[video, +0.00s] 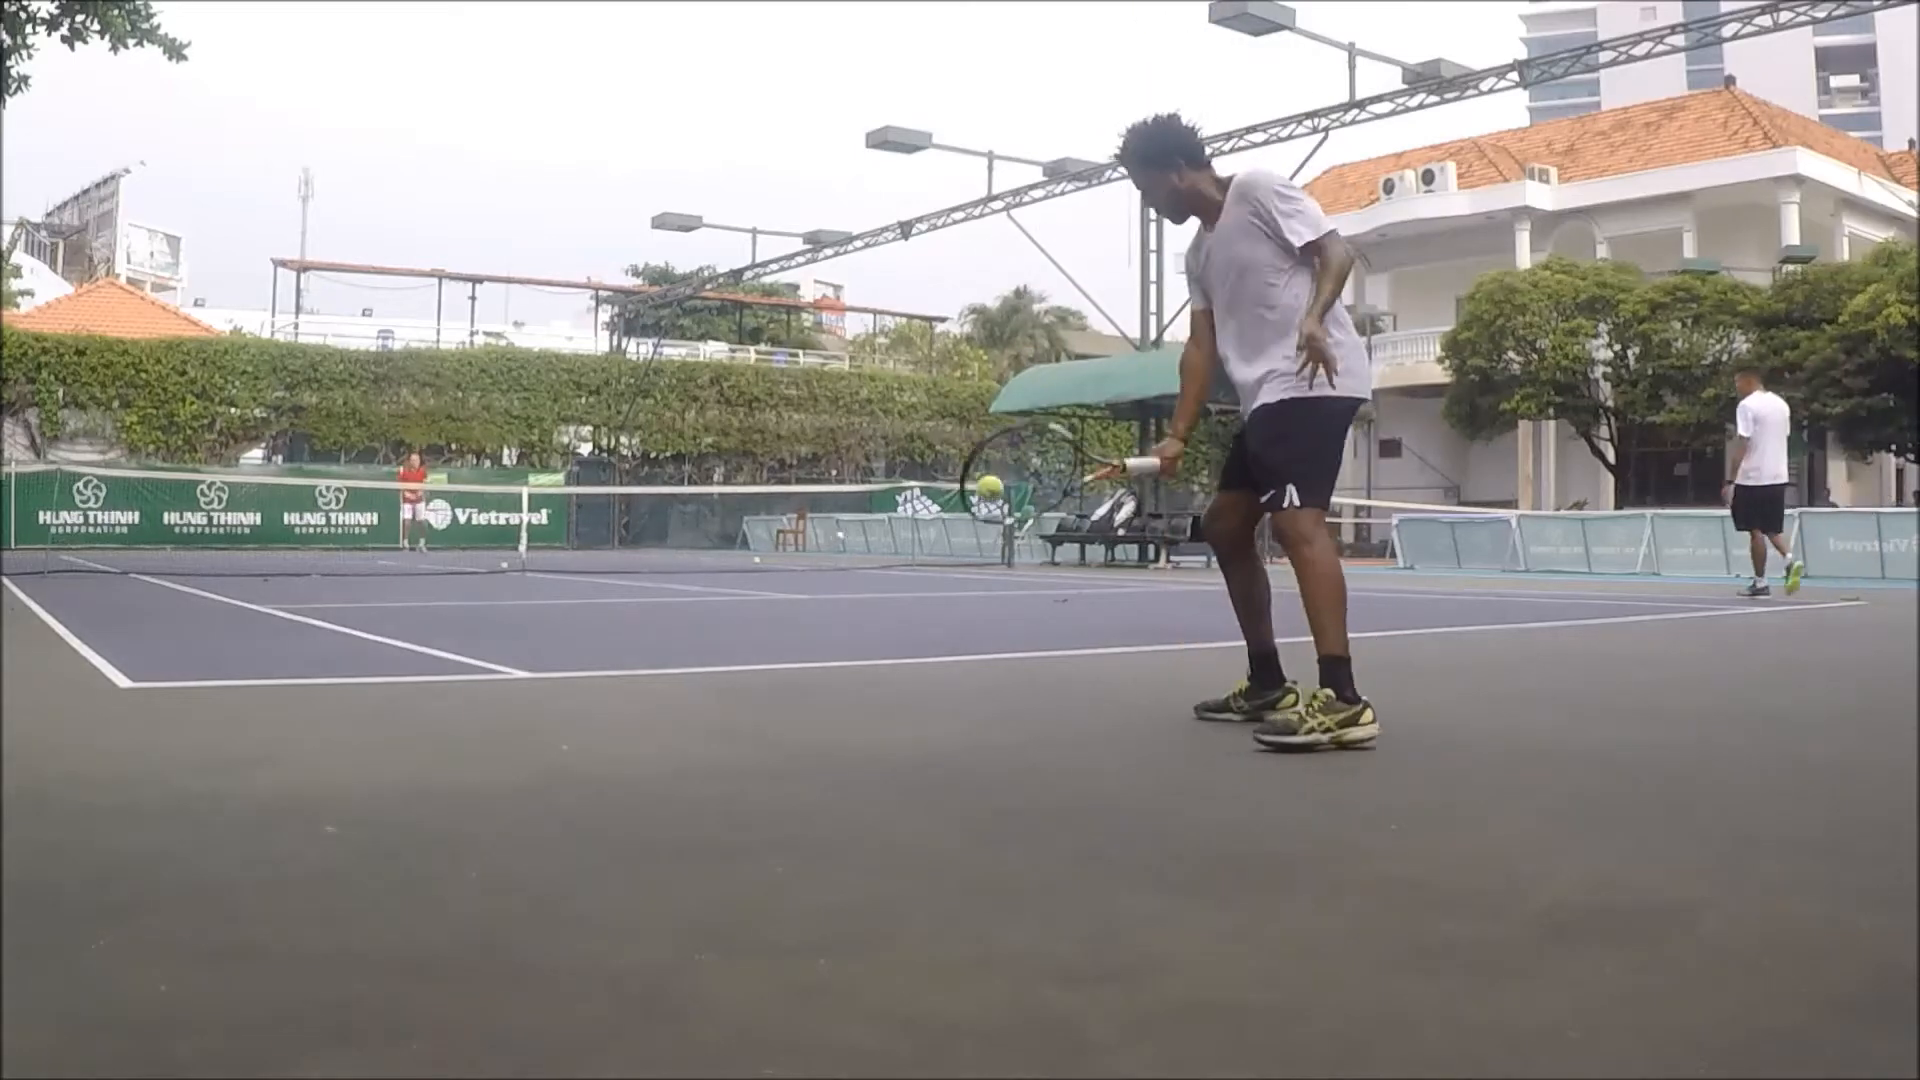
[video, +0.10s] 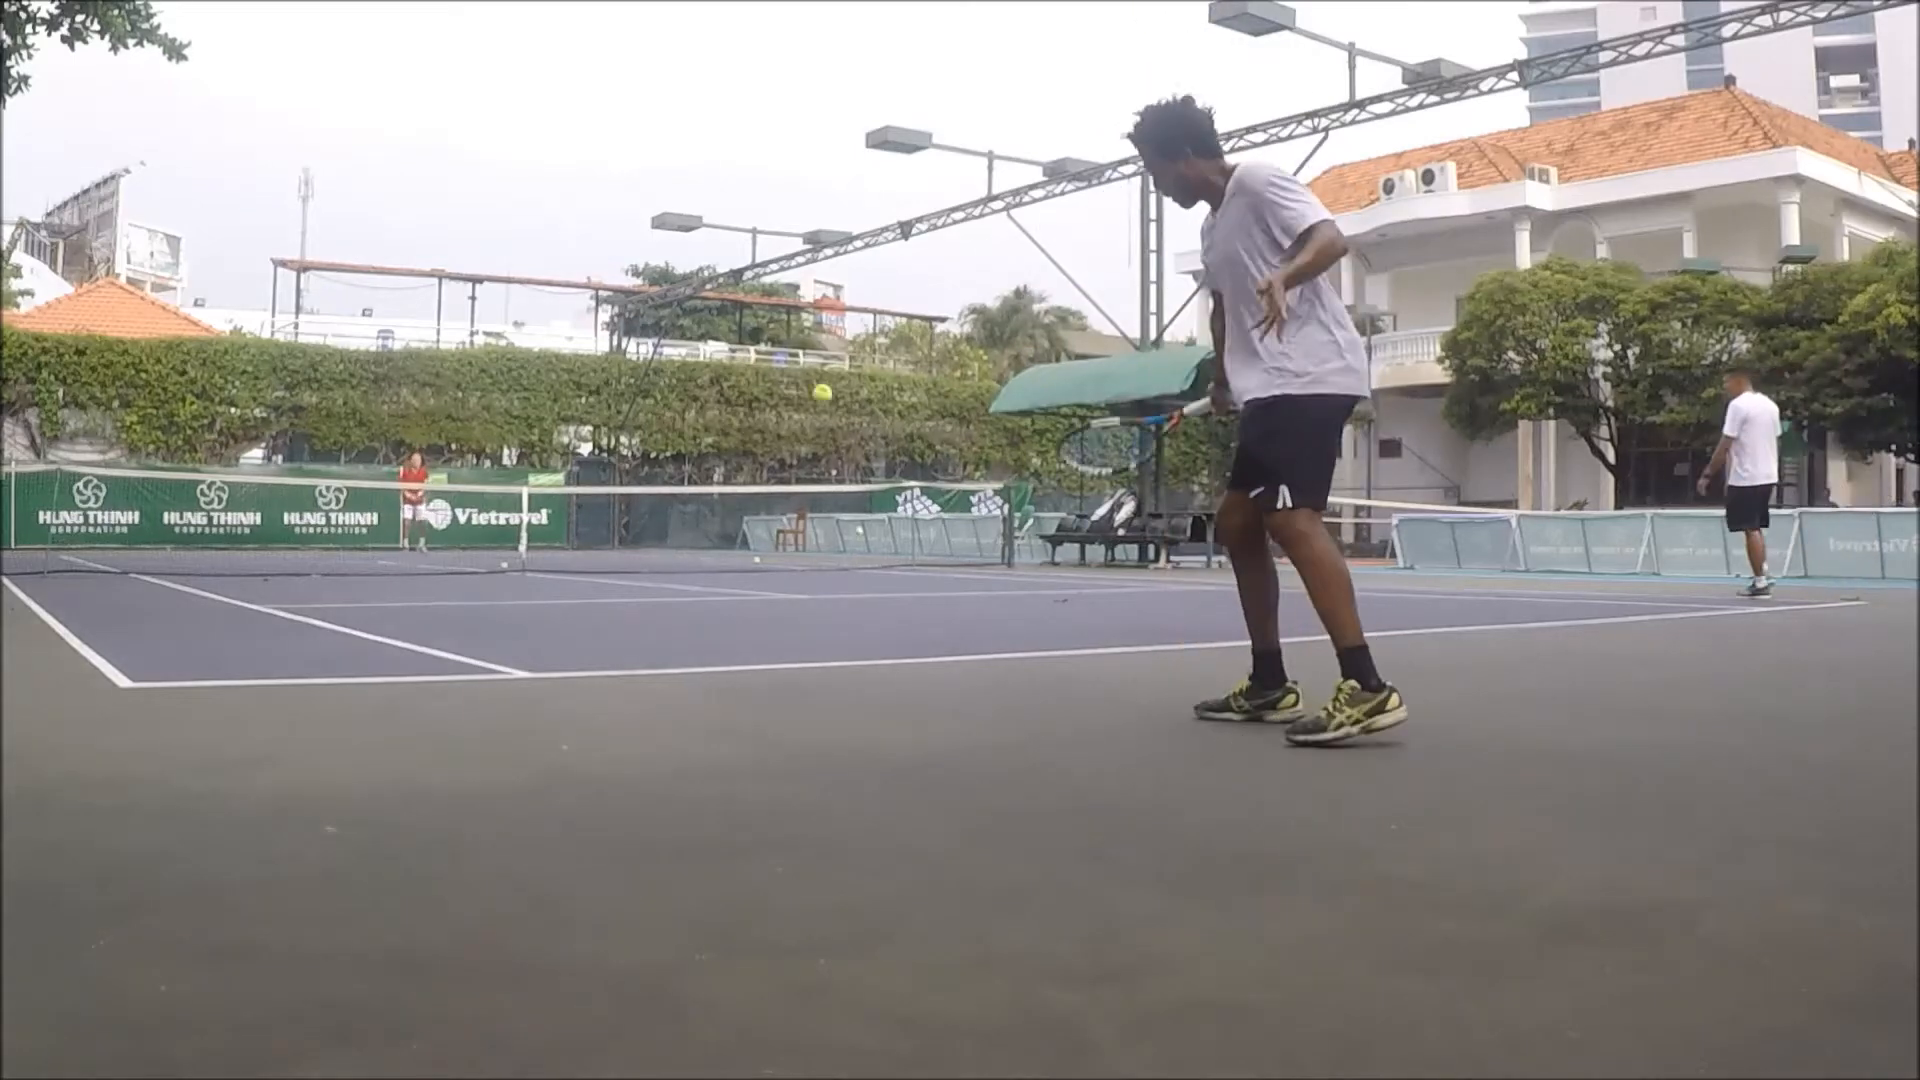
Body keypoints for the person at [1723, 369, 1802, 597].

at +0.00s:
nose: (1736, 387)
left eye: (1738, 382)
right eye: (1736, 383)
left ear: (1749, 382)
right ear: (1756, 381)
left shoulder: (1746, 405)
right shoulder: (1781, 403)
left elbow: (1742, 443)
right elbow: (1785, 436)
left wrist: (1732, 479)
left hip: (1753, 478)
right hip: (1777, 477)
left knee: (1756, 531)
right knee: (1772, 528)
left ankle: (1760, 582)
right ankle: (1790, 560)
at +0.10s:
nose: (1726, 388)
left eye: (1728, 383)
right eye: (1725, 384)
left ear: (1738, 383)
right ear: (1747, 383)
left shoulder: (1737, 405)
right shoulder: (1770, 405)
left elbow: (1725, 444)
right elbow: (1775, 438)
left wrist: (1707, 474)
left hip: (1746, 478)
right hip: (1767, 476)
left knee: (1751, 530)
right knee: (1756, 528)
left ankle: (1760, 581)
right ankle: (1763, 572)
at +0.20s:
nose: (1716, 390)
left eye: (1718, 385)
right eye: (1716, 386)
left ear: (1729, 386)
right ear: (1736, 386)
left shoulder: (1727, 408)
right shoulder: (1760, 408)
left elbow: (1713, 444)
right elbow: (1765, 447)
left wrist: (1691, 467)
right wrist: (1767, 479)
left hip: (1736, 480)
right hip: (1756, 479)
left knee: (1746, 532)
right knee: (1739, 531)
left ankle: (1759, 581)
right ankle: (1732, 576)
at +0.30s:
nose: (1704, 394)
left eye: (1707, 389)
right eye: (1704, 389)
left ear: (1719, 389)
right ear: (1725, 390)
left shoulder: (1717, 411)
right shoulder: (1747, 412)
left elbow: (1703, 446)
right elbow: (1754, 450)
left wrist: (1680, 464)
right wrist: (1759, 484)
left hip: (1726, 484)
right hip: (1743, 482)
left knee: (1740, 532)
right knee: (1725, 533)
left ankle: (1759, 579)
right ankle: (1711, 577)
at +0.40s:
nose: (1695, 395)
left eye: (1697, 390)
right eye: (1695, 391)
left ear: (1708, 390)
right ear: (1713, 391)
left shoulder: (1706, 413)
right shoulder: (1736, 415)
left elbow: (1695, 448)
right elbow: (1742, 453)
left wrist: (1672, 471)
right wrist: (1746, 486)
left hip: (1713, 486)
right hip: (1730, 485)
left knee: (1723, 533)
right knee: (1712, 533)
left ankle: (1752, 573)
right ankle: (1704, 580)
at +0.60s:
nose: (1674, 393)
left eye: (1675, 388)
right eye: (1674, 388)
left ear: (1686, 388)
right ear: (1692, 389)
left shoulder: (1686, 409)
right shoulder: (1710, 411)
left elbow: (1681, 445)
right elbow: (1710, 447)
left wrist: (1671, 479)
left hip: (1690, 480)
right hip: (1710, 480)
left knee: (1672, 524)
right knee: (1703, 530)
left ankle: (1704, 558)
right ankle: (1704, 579)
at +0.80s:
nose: (1650, 397)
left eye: (1652, 392)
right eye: (1650, 392)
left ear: (1661, 392)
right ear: (1667, 392)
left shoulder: (1663, 413)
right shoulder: (1682, 412)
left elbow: (1668, 447)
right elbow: (1682, 450)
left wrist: (1669, 484)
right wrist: (1656, 475)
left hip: (1663, 484)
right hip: (1687, 483)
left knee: (1645, 529)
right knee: (1695, 531)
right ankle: (1701, 578)